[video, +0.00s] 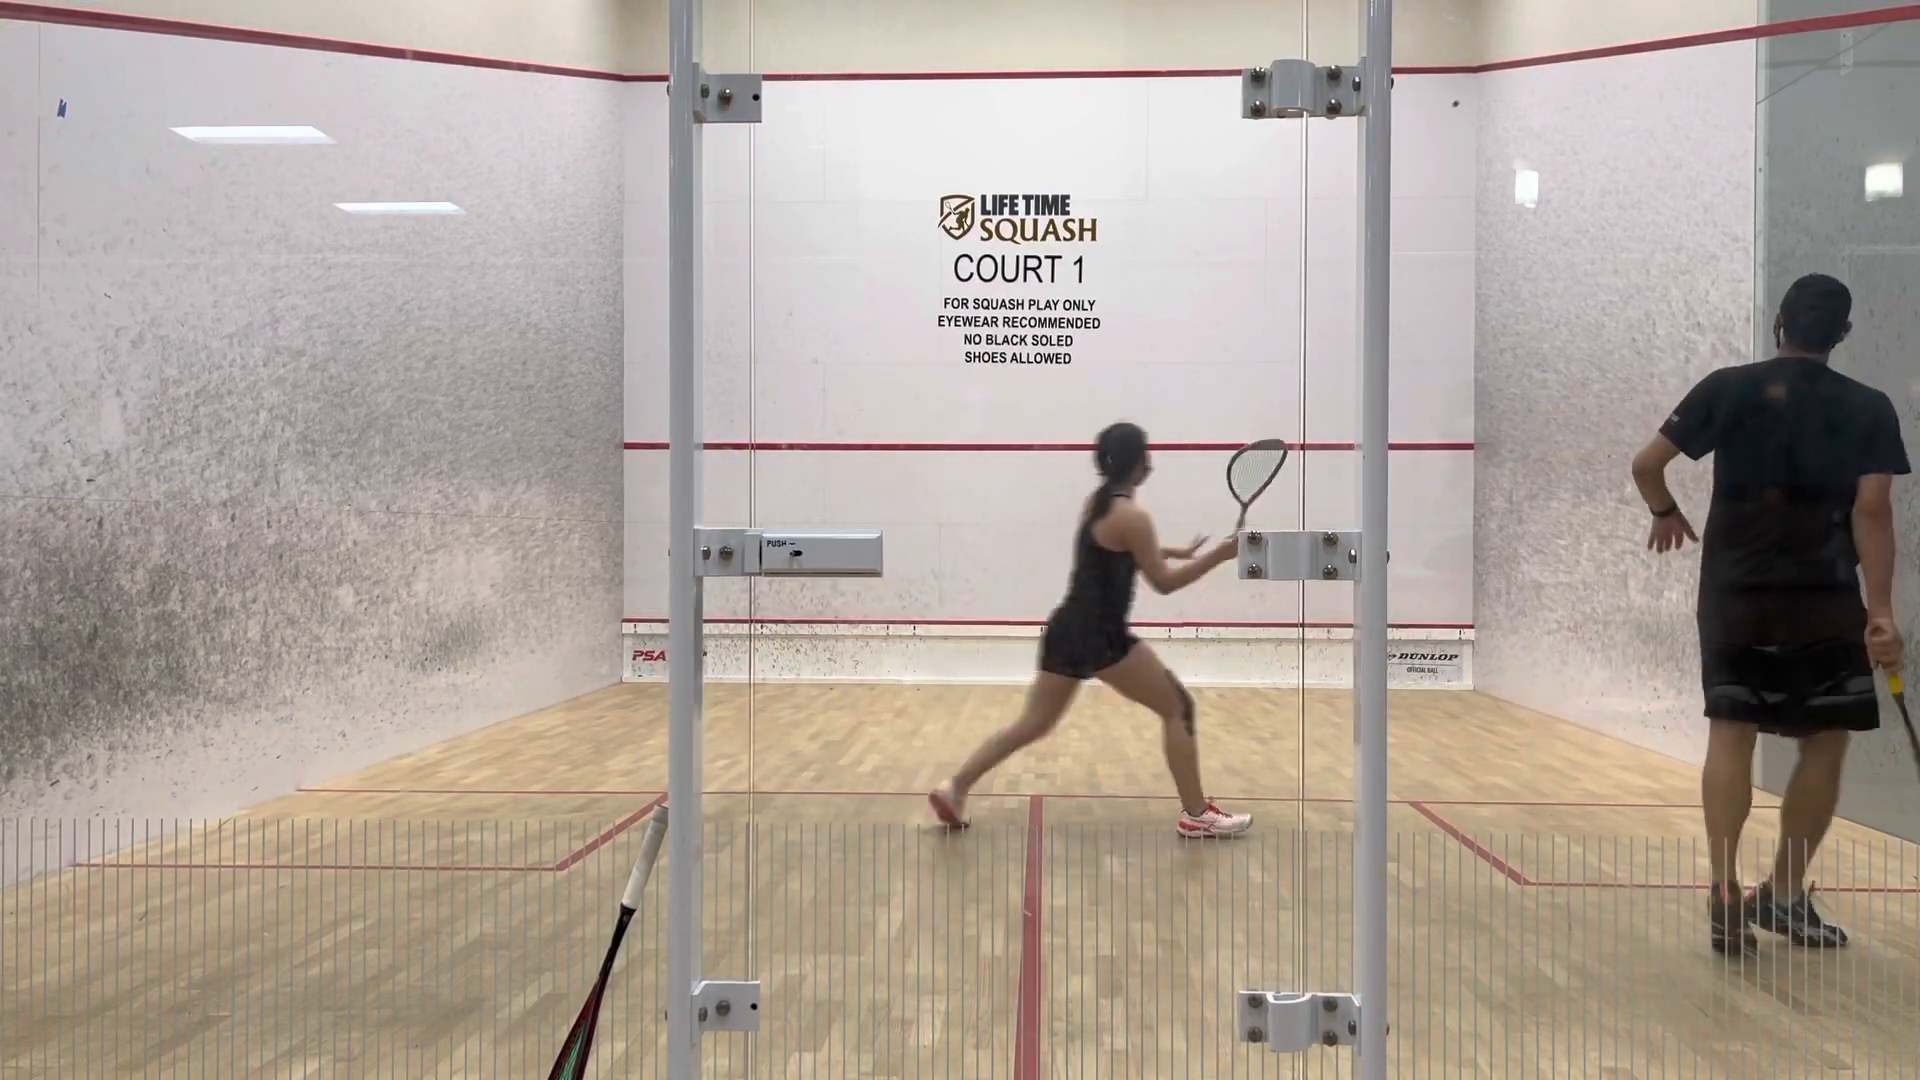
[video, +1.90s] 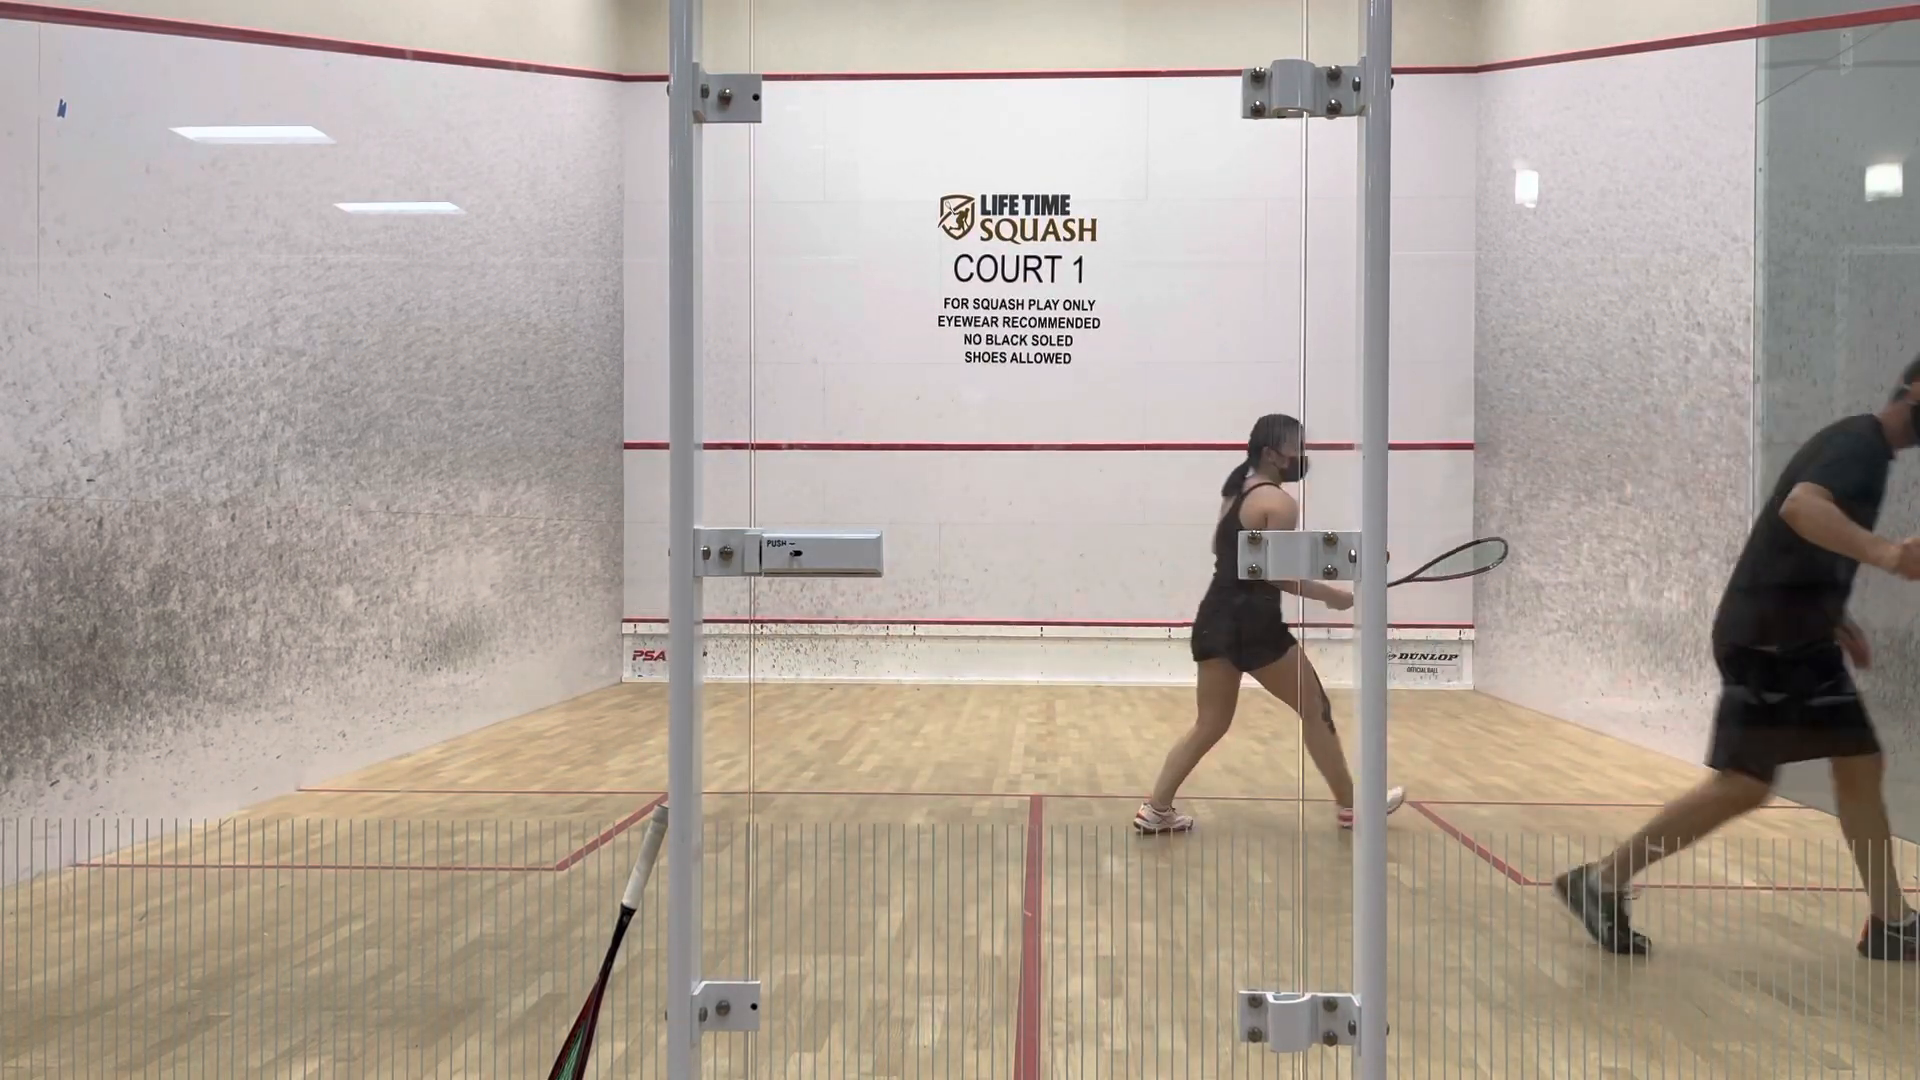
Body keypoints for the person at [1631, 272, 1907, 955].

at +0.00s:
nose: (1817, 336)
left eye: (1797, 320)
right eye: (1838, 329)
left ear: (1780, 325)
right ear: (1843, 334)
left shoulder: (1727, 387)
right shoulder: (1868, 407)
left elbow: (1646, 463)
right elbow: (1872, 509)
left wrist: (1664, 508)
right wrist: (1880, 611)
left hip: (1731, 607)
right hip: (1822, 612)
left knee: (1730, 736)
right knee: (1824, 745)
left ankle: (1723, 893)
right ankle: (1787, 893)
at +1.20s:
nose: (1819, 392)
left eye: (1818, 382)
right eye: (1821, 383)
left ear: (1761, 366)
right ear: (1816, 385)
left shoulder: (1702, 413)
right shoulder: (1786, 433)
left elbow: (1636, 482)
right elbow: (1785, 509)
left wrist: (1677, 548)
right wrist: (1885, 581)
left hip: (1648, 617)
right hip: (1715, 619)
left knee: (1671, 745)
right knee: (1784, 749)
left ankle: (1660, 893)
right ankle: (1769, 912)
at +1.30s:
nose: (1813, 389)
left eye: (1809, 378)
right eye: (1815, 380)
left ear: (1752, 367)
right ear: (1810, 384)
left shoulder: (1695, 412)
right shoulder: (1779, 430)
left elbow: (1627, 479)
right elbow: (1776, 509)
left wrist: (1660, 546)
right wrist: (1878, 573)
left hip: (1643, 613)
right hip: (1704, 616)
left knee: (1665, 746)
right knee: (1759, 755)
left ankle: (1658, 888)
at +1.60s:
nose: (1833, 393)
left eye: (1833, 382)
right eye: (1835, 383)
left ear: (1773, 366)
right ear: (1823, 383)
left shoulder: (1719, 418)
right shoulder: (1775, 432)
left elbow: (1649, 501)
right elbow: (1750, 521)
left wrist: (1688, 573)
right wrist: (1843, 600)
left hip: (1676, 614)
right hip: (1701, 623)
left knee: (1765, 734)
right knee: (1667, 763)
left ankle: (1708, 882)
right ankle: (1570, 898)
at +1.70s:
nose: (1872, 398)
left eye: (1876, 386)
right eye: (1873, 385)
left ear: (1819, 368)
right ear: (1849, 378)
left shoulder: (1746, 412)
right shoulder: (1797, 424)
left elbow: (1678, 492)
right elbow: (1761, 509)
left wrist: (1714, 566)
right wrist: (1844, 583)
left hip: (1700, 611)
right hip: (1718, 620)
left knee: (1787, 733)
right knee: (1676, 759)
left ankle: (1795, 897)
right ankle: (1576, 894)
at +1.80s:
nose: (1906, 414)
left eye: (1912, 403)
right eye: (1907, 399)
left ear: (1868, 376)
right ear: (1879, 378)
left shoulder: (1795, 420)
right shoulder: (1824, 429)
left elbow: (1716, 500)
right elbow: (1782, 506)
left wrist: (1783, 593)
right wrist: (1867, 568)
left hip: (1739, 621)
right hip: (1739, 626)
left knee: (1813, 752)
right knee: (1687, 766)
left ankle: (1870, 909)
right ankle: (1580, 890)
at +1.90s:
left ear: (1905, 392)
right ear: (1912, 391)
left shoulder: (1866, 451)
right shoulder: (1856, 441)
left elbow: (1800, 544)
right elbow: (1801, 506)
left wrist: (1835, 622)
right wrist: (1884, 551)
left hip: (1800, 636)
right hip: (1766, 635)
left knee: (1859, 762)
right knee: (1744, 783)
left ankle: (1890, 919)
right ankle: (1601, 881)